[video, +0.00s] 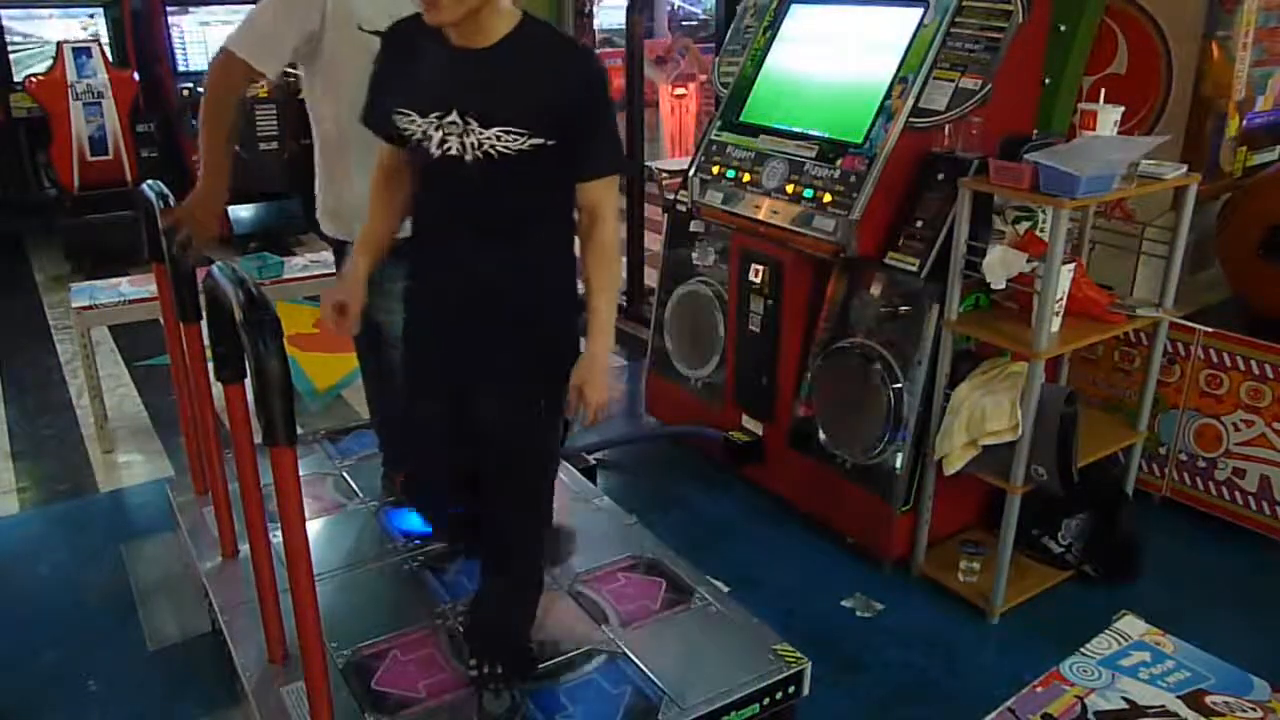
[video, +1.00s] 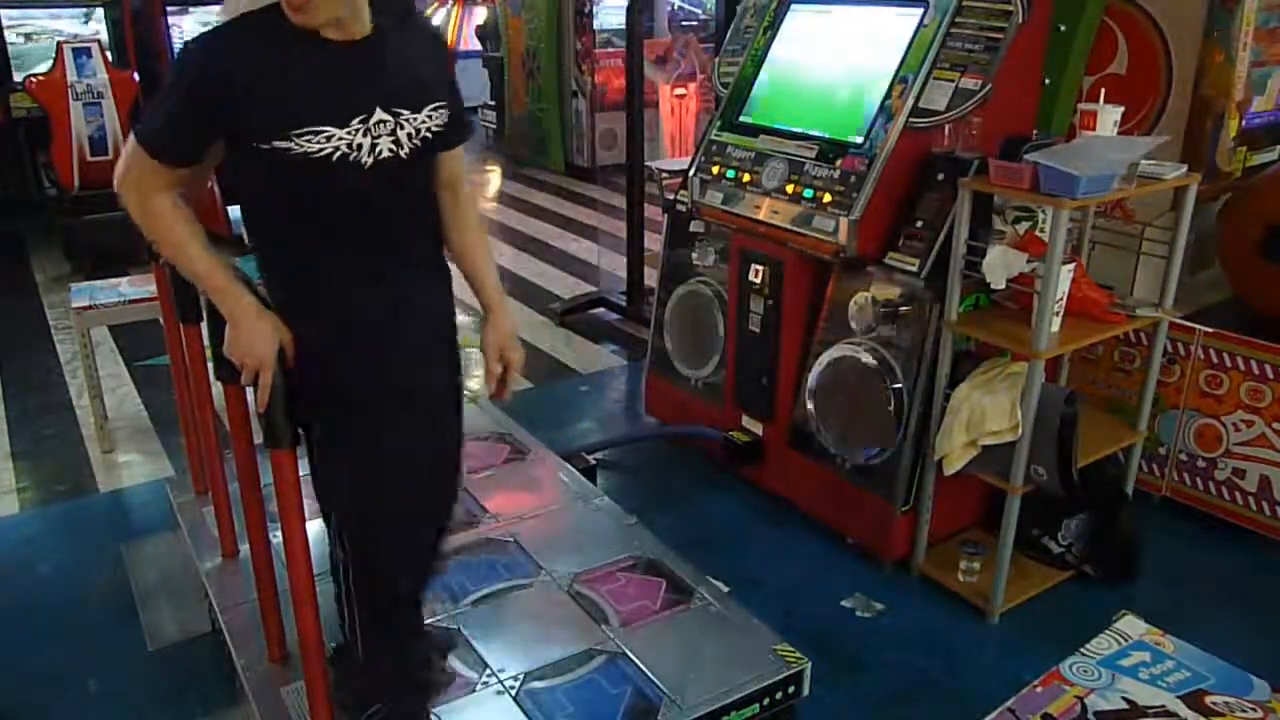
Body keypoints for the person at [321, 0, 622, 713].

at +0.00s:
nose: (425, 4)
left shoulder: (570, 70)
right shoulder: (408, 45)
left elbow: (599, 216)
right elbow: (395, 166)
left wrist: (600, 346)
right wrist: (357, 267)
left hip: (531, 325)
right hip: (436, 319)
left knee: (514, 505)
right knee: (436, 481)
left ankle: (501, 661)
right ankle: (529, 541)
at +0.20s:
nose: (401, 7)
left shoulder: (552, 69)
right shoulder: (368, 49)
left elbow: (581, 215)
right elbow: (327, 165)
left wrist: (579, 346)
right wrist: (289, 255)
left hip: (518, 344)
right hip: (413, 343)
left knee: (518, 522)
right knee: (417, 513)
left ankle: (501, 659)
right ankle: (403, 647)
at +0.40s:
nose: (359, 3)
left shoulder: (526, 63)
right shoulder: (322, 55)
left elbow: (554, 206)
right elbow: (270, 166)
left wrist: (571, 336)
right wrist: (266, 277)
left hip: (497, 340)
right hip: (389, 346)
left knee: (510, 523)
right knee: (398, 533)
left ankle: (501, 666)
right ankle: (395, 694)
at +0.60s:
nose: (311, 3)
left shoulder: (481, 52)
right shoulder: (263, 56)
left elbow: (519, 198)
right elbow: (213, 177)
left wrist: (554, 321)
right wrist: (246, 296)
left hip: (469, 346)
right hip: (359, 359)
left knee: (495, 525)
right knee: (380, 545)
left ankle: (503, 669)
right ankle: (391, 697)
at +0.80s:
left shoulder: (445, 43)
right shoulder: (231, 61)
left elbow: (482, 185)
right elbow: (173, 178)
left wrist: (525, 313)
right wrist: (240, 301)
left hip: (447, 336)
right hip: (341, 353)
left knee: (472, 509)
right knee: (377, 533)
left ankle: (451, 651)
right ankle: (393, 687)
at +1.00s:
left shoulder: (418, 44)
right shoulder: (224, 62)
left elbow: (454, 191)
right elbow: (141, 183)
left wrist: (495, 305)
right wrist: (238, 305)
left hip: (422, 330)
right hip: (328, 346)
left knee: (429, 505)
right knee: (370, 529)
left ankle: (398, 636)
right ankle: (384, 689)